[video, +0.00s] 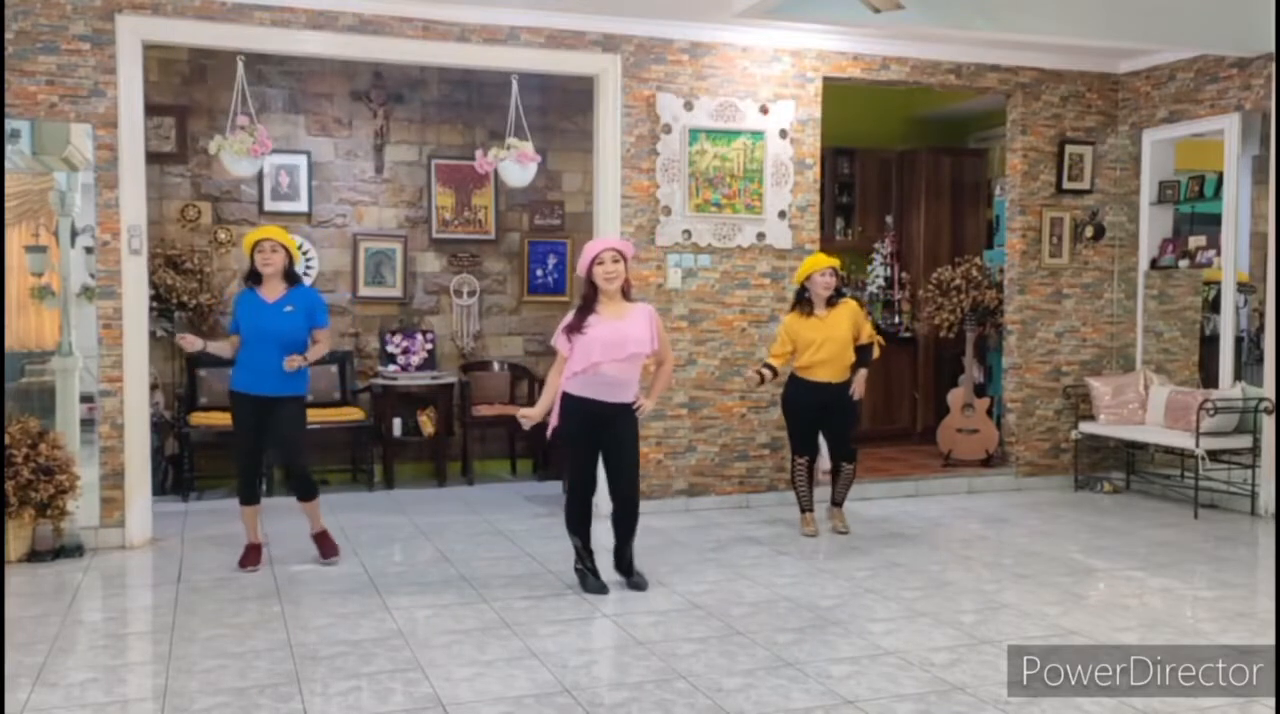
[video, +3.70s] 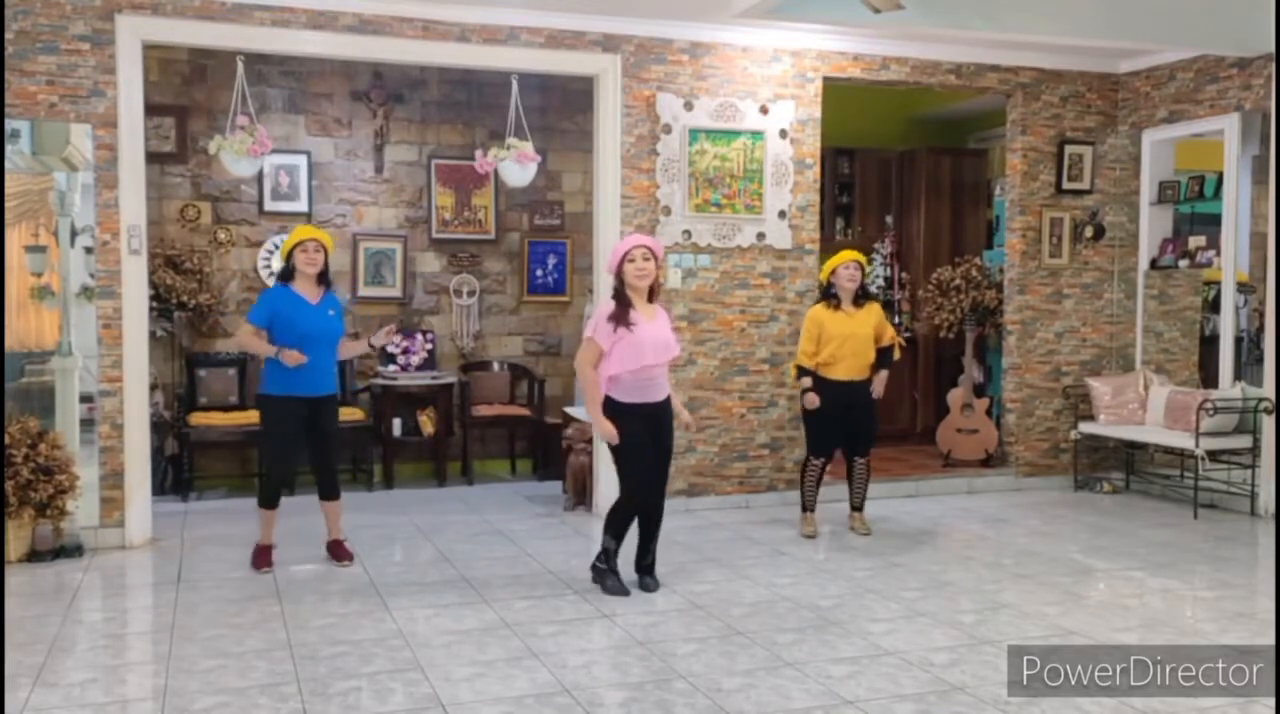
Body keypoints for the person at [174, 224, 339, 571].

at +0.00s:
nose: (267, 256)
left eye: (274, 250)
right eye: (261, 251)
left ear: (288, 258)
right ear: (253, 259)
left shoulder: (307, 297)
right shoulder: (245, 299)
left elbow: (324, 343)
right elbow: (234, 346)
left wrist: (305, 359)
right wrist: (202, 344)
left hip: (288, 396)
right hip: (246, 394)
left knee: (295, 465)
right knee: (247, 468)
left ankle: (318, 531)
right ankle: (253, 542)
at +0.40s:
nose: (295, 259)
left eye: (302, 253)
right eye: (288, 254)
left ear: (313, 261)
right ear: (278, 263)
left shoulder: (336, 295)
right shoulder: (271, 307)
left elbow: (355, 335)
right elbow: (267, 357)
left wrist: (348, 354)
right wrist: (242, 363)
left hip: (329, 396)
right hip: (285, 397)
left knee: (325, 465)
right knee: (273, 464)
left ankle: (330, 537)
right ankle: (259, 539)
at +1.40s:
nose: (294, 257)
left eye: (301, 251)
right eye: (287, 251)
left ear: (311, 259)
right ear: (276, 258)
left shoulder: (321, 300)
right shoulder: (263, 297)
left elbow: (326, 349)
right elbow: (232, 335)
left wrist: (354, 346)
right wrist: (261, 359)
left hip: (311, 395)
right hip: (269, 395)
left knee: (317, 465)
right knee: (265, 465)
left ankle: (327, 537)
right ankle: (256, 540)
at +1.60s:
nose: (282, 257)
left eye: (289, 252)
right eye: (275, 252)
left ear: (300, 260)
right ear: (264, 259)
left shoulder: (308, 304)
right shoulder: (247, 297)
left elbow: (308, 352)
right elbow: (209, 334)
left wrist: (326, 362)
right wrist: (220, 368)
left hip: (293, 399)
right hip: (250, 398)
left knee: (306, 465)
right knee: (253, 468)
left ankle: (319, 537)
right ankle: (255, 541)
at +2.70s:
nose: (294, 257)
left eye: (300, 251)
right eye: (287, 251)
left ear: (310, 259)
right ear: (274, 259)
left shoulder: (330, 294)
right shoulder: (264, 304)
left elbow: (349, 333)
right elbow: (257, 353)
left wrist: (343, 352)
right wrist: (224, 348)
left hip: (324, 395)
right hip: (279, 396)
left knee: (327, 466)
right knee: (269, 467)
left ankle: (335, 539)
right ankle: (257, 540)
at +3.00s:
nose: (314, 257)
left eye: (320, 252)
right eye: (307, 252)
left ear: (329, 260)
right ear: (295, 260)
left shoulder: (347, 294)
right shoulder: (281, 307)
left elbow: (368, 332)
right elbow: (277, 355)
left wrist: (384, 343)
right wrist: (271, 369)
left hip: (341, 396)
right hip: (299, 398)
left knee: (339, 466)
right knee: (299, 466)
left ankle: (336, 538)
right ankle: (299, 531)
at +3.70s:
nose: (311, 256)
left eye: (317, 250)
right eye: (303, 250)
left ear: (325, 258)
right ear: (291, 257)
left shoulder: (332, 301)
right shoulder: (275, 296)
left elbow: (336, 350)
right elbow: (243, 337)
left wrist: (372, 341)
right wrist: (278, 351)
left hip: (324, 398)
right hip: (281, 398)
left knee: (327, 468)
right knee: (274, 470)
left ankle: (336, 540)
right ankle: (265, 543)